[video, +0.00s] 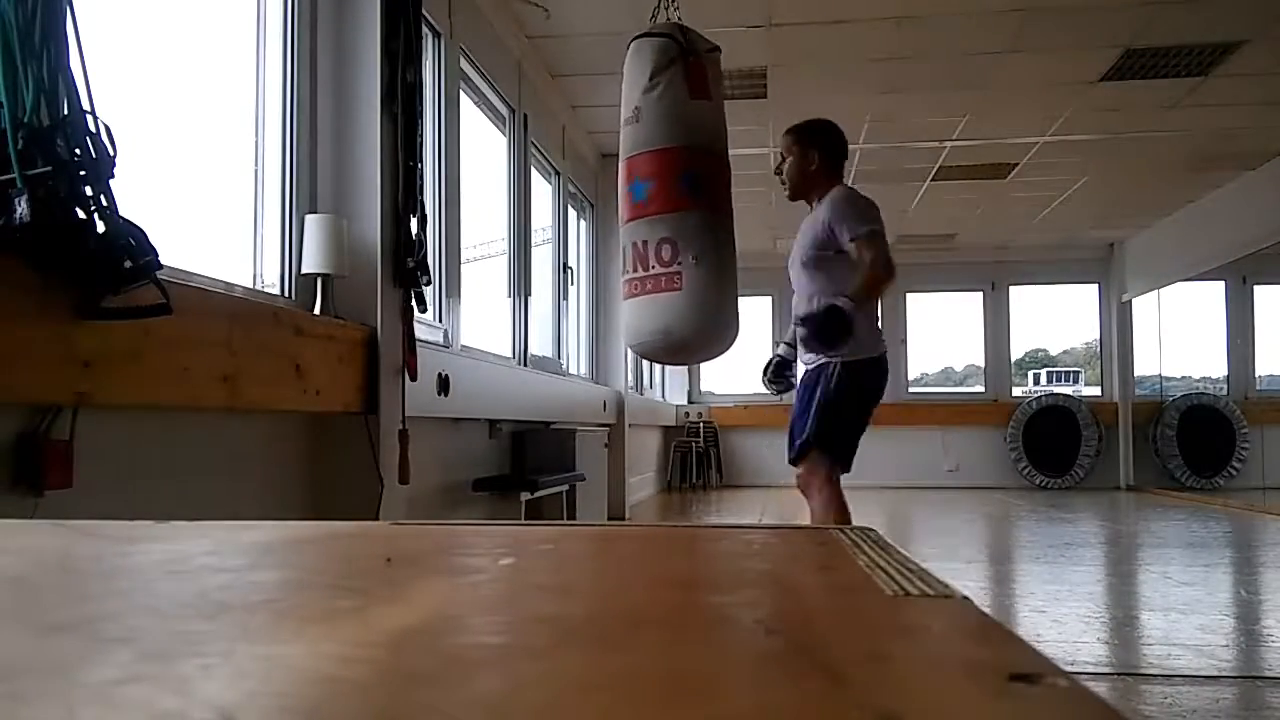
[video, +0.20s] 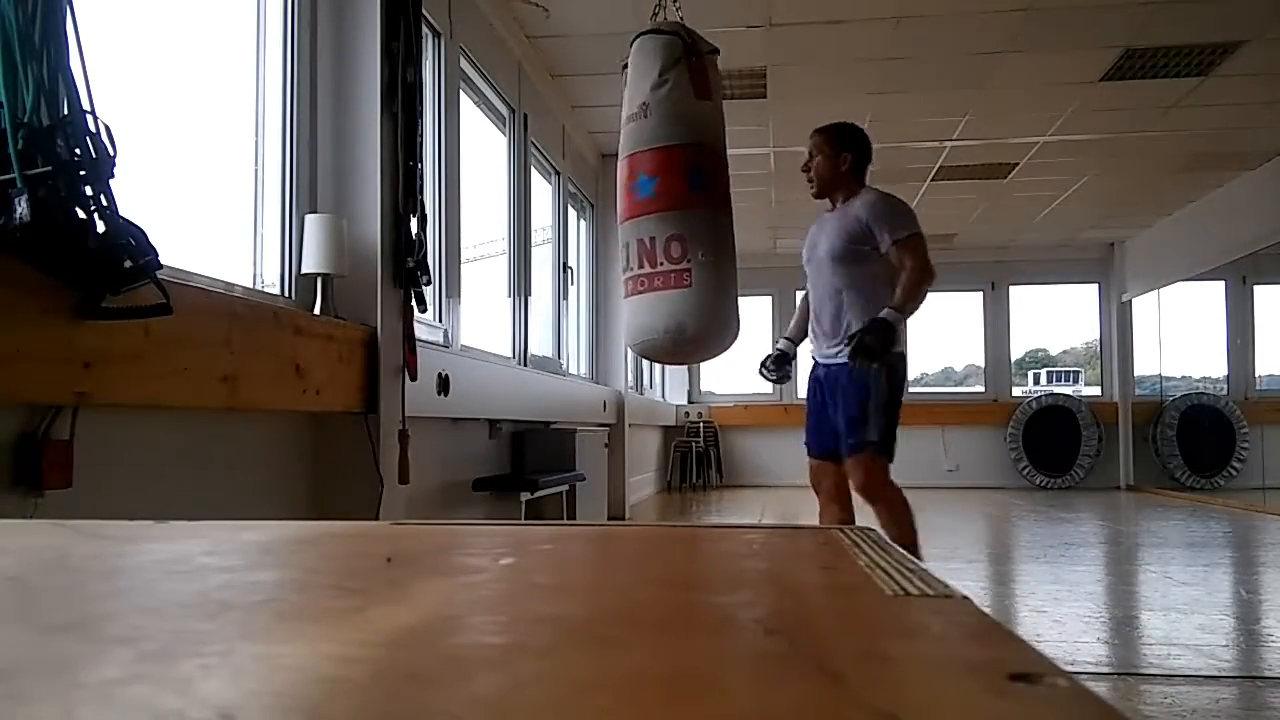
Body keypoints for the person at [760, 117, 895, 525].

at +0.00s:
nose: (778, 167)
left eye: (786, 156)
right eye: (780, 157)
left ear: (814, 160)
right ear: (812, 162)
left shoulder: (844, 203)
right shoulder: (818, 217)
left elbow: (880, 266)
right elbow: (815, 297)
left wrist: (845, 308)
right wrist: (790, 349)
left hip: (845, 362)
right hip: (825, 363)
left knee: (815, 475)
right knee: (815, 477)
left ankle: (835, 580)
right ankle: (841, 574)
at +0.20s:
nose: (805, 167)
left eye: (814, 156)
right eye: (806, 157)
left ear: (845, 161)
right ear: (837, 163)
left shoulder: (879, 208)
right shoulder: (818, 230)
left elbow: (919, 271)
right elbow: (815, 295)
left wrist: (888, 321)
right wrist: (787, 345)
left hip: (869, 364)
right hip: (825, 369)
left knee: (867, 478)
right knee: (826, 481)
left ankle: (912, 577)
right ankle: (840, 584)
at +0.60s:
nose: (903, 177)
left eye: (913, 168)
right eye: (899, 168)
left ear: (941, 173)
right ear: (895, 174)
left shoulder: (965, 238)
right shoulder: (886, 230)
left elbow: (981, 312)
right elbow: (884, 299)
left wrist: (929, 321)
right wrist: (866, 349)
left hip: (938, 379)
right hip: (884, 377)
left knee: (964, 488)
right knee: (866, 480)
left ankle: (980, 596)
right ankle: (864, 588)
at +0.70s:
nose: (913, 176)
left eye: (923, 167)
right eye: (909, 168)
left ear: (951, 173)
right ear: (905, 174)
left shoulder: (976, 240)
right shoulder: (895, 230)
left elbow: (992, 312)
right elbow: (886, 290)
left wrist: (943, 316)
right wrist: (867, 339)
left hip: (943, 374)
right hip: (890, 372)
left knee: (966, 484)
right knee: (878, 472)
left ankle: (981, 594)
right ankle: (899, 581)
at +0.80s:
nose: (914, 179)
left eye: (924, 170)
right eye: (910, 170)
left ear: (951, 175)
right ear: (907, 176)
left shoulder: (977, 240)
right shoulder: (899, 234)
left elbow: (998, 310)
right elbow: (887, 293)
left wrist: (952, 295)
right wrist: (863, 332)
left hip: (947, 373)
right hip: (896, 372)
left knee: (966, 483)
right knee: (892, 471)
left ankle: (981, 594)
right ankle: (935, 566)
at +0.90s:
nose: (906, 184)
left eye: (915, 175)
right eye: (902, 176)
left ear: (944, 179)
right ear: (899, 182)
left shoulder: (972, 239)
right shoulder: (893, 240)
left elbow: (994, 309)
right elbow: (886, 295)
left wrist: (952, 280)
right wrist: (859, 323)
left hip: (950, 372)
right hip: (901, 373)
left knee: (965, 480)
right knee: (909, 470)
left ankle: (982, 593)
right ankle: (952, 558)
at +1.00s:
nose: (896, 201)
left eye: (906, 190)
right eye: (891, 192)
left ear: (931, 193)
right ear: (887, 199)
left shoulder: (962, 248)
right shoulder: (887, 259)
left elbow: (991, 313)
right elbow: (879, 313)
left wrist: (945, 288)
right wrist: (855, 329)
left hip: (950, 378)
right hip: (904, 383)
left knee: (960, 484)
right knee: (923, 481)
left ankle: (983, 594)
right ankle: (959, 568)